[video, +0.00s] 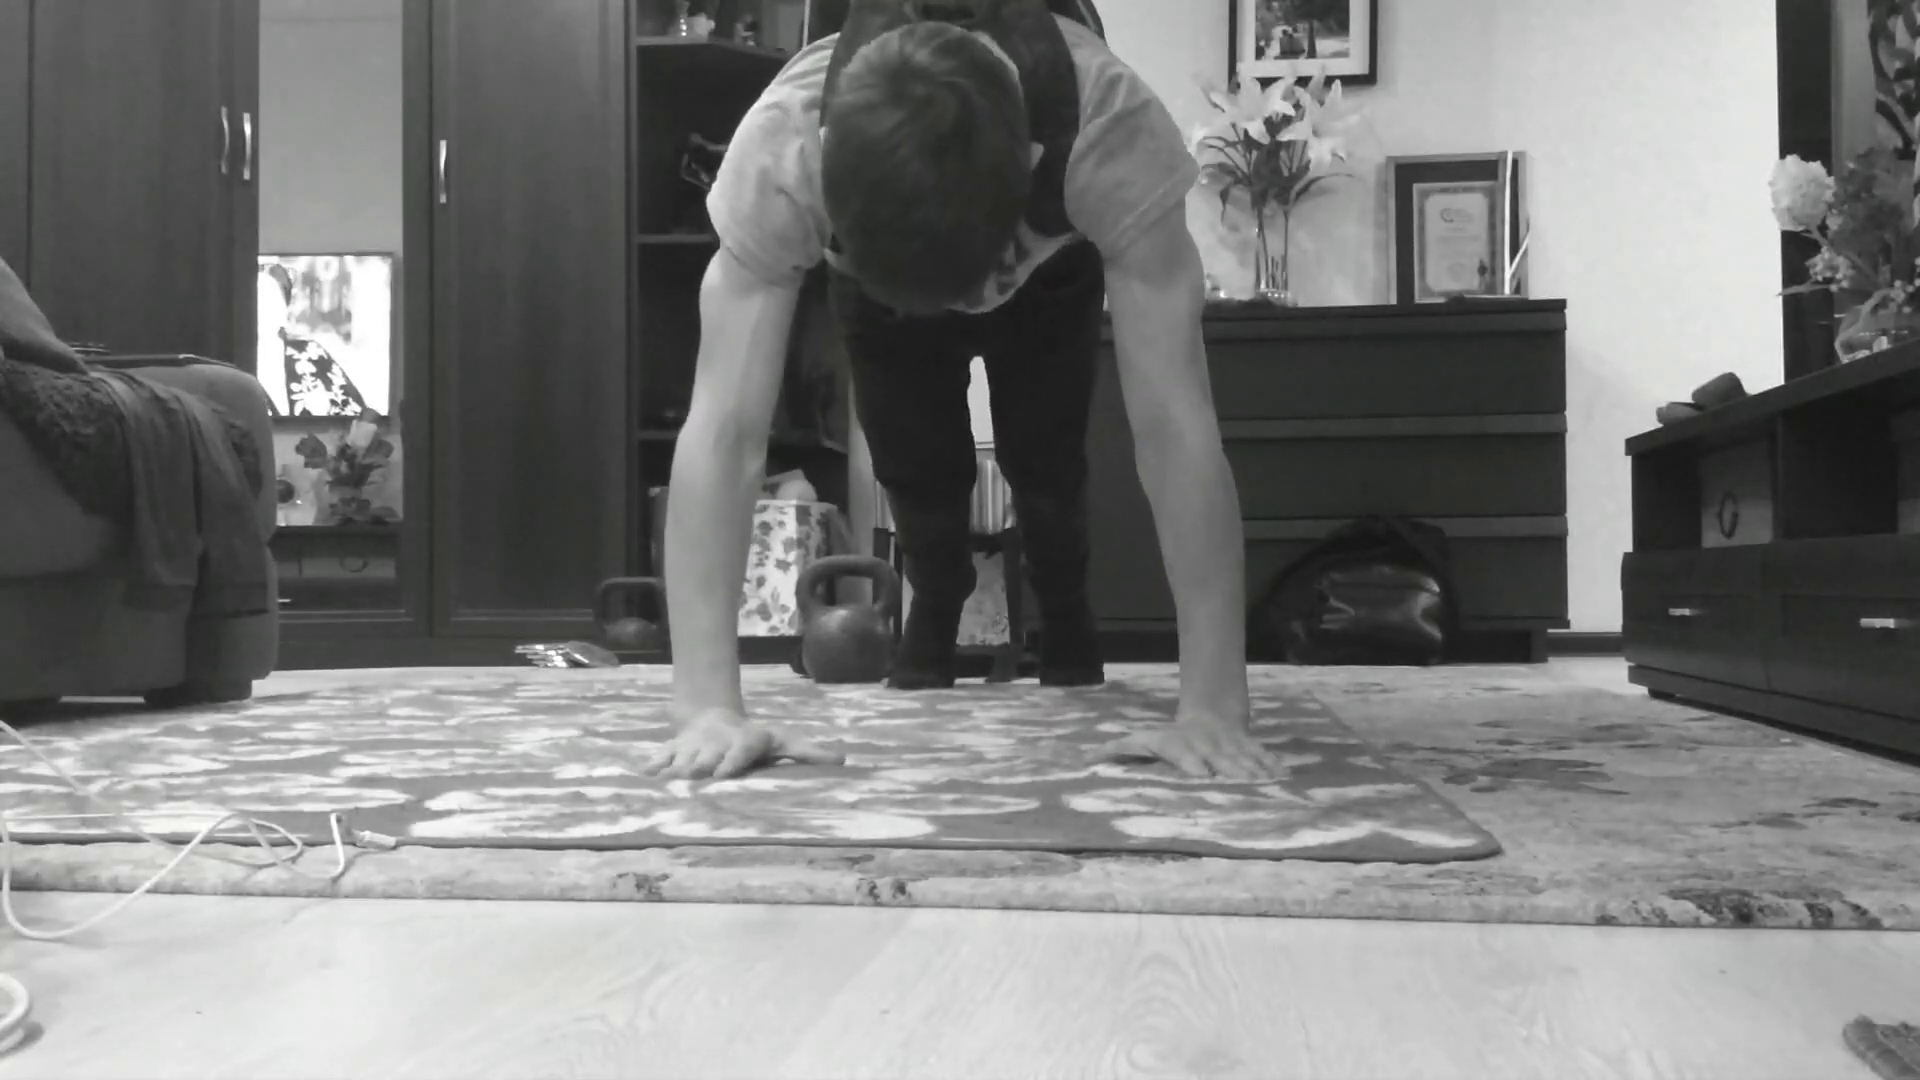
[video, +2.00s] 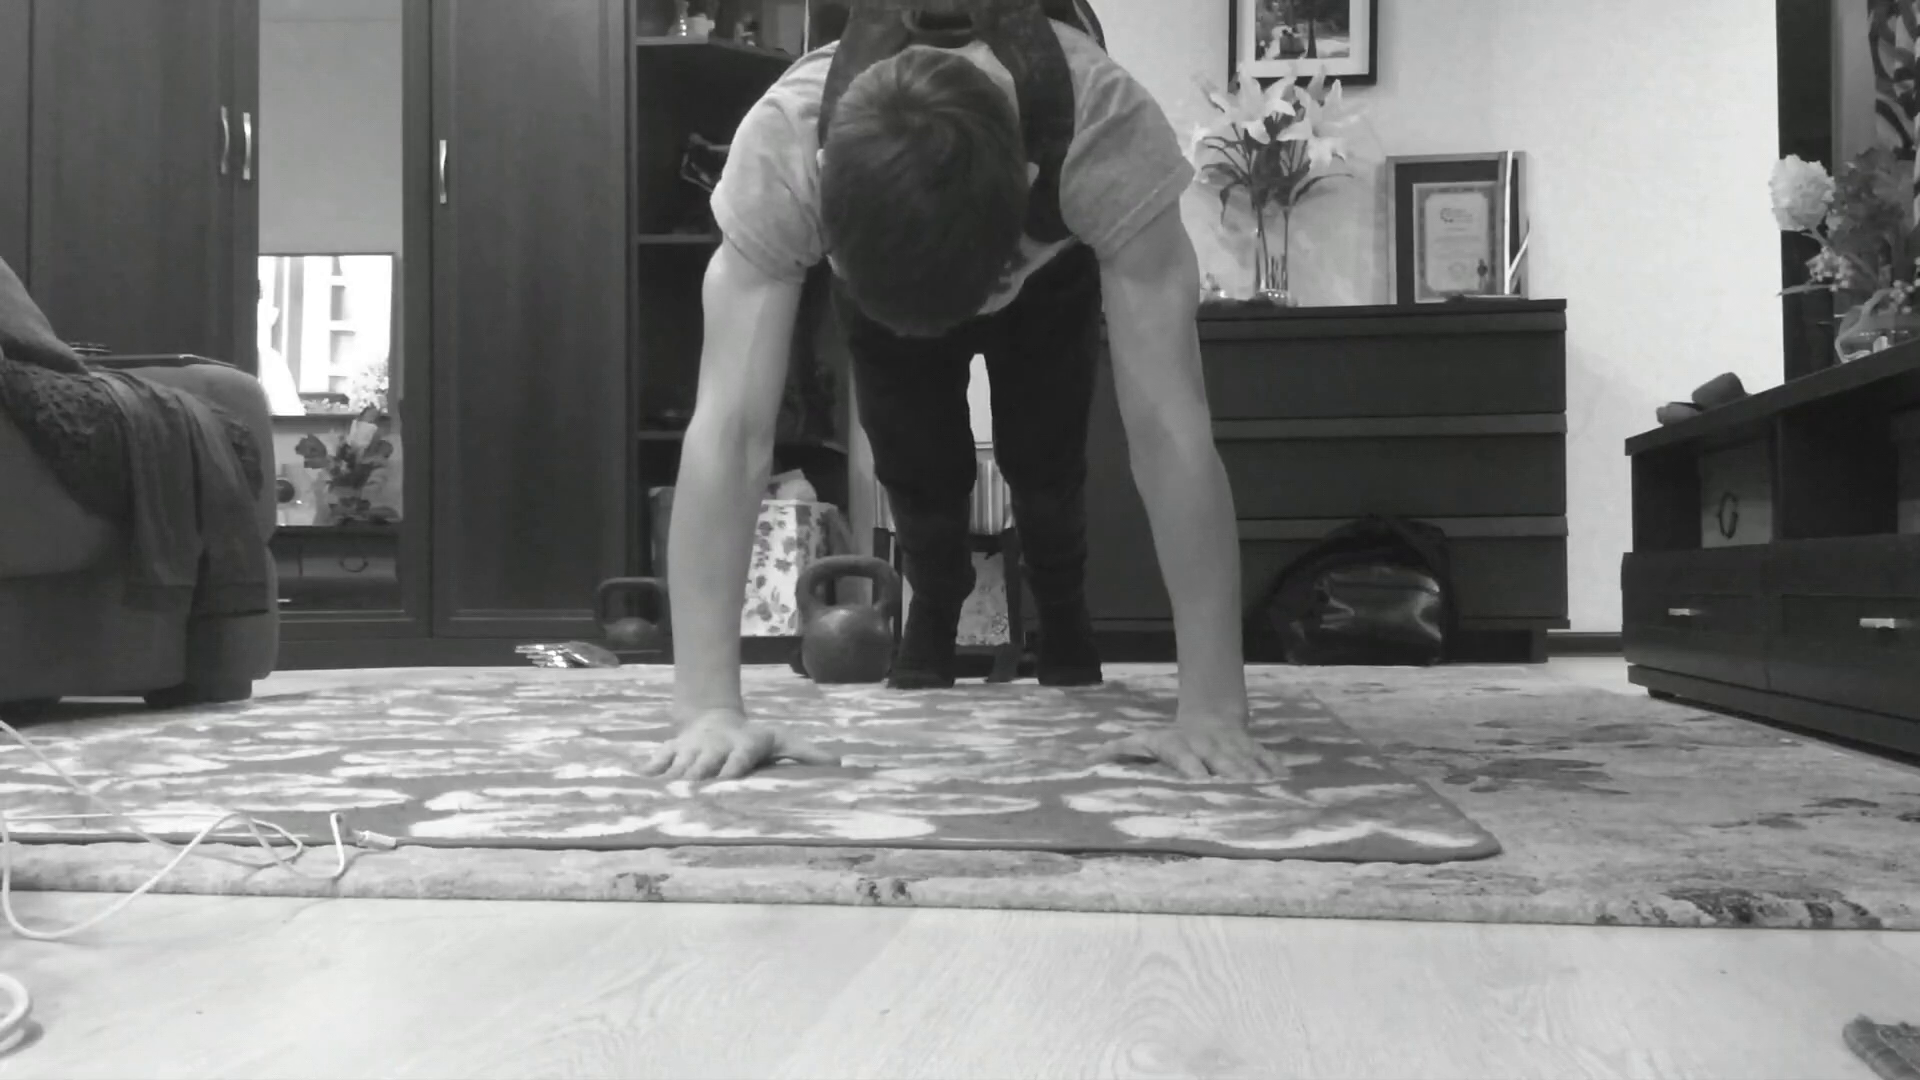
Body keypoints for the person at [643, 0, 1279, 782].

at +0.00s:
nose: (946, 318)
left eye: (971, 288)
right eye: (906, 298)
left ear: (1030, 181)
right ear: (832, 200)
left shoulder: (1127, 151)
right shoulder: (776, 167)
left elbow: (1178, 434)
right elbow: (722, 435)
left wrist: (1214, 711)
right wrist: (708, 709)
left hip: (1050, 254)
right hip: (874, 264)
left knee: (1046, 475)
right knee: (917, 479)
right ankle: (933, 607)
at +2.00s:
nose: (934, 335)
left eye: (970, 300)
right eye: (896, 319)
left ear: (1025, 200)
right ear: (831, 204)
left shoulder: (1119, 149)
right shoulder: (778, 159)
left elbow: (1173, 436)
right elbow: (727, 433)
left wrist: (1213, 710)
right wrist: (709, 709)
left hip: (1047, 255)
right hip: (873, 265)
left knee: (1045, 475)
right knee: (917, 480)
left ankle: (1061, 642)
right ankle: (930, 626)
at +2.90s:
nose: (942, 344)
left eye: (974, 324)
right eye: (902, 331)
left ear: (1026, 225)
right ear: (838, 225)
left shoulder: (1116, 144)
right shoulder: (785, 156)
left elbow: (1176, 441)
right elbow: (729, 433)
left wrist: (1213, 711)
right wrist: (709, 709)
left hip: (1050, 252)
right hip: (875, 265)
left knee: (1047, 476)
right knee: (917, 473)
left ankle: (1061, 626)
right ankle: (935, 607)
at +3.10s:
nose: (940, 340)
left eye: (972, 317)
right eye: (902, 328)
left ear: (1027, 203)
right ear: (832, 208)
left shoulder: (1115, 146)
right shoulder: (781, 156)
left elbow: (1174, 438)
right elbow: (727, 433)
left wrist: (1214, 711)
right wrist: (709, 709)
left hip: (1047, 244)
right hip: (873, 257)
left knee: (1044, 468)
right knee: (914, 471)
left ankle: (1059, 621)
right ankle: (935, 605)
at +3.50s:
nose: (929, 333)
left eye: (963, 300)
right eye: (892, 318)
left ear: (1020, 190)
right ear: (823, 188)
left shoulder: (1112, 145)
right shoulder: (770, 157)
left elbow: (1171, 435)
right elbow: (721, 433)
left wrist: (1212, 708)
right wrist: (708, 708)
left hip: (1042, 254)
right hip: (868, 267)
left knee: (1043, 470)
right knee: (912, 474)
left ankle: (1059, 621)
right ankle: (934, 604)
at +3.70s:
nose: (926, 329)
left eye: (956, 297)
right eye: (891, 314)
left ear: (1018, 184)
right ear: (819, 180)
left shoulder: (1112, 143)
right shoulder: (767, 156)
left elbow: (1172, 439)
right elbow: (721, 429)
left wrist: (1212, 708)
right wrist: (708, 708)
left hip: (1042, 258)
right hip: (868, 273)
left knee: (1043, 473)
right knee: (912, 476)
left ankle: (1060, 627)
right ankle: (932, 606)